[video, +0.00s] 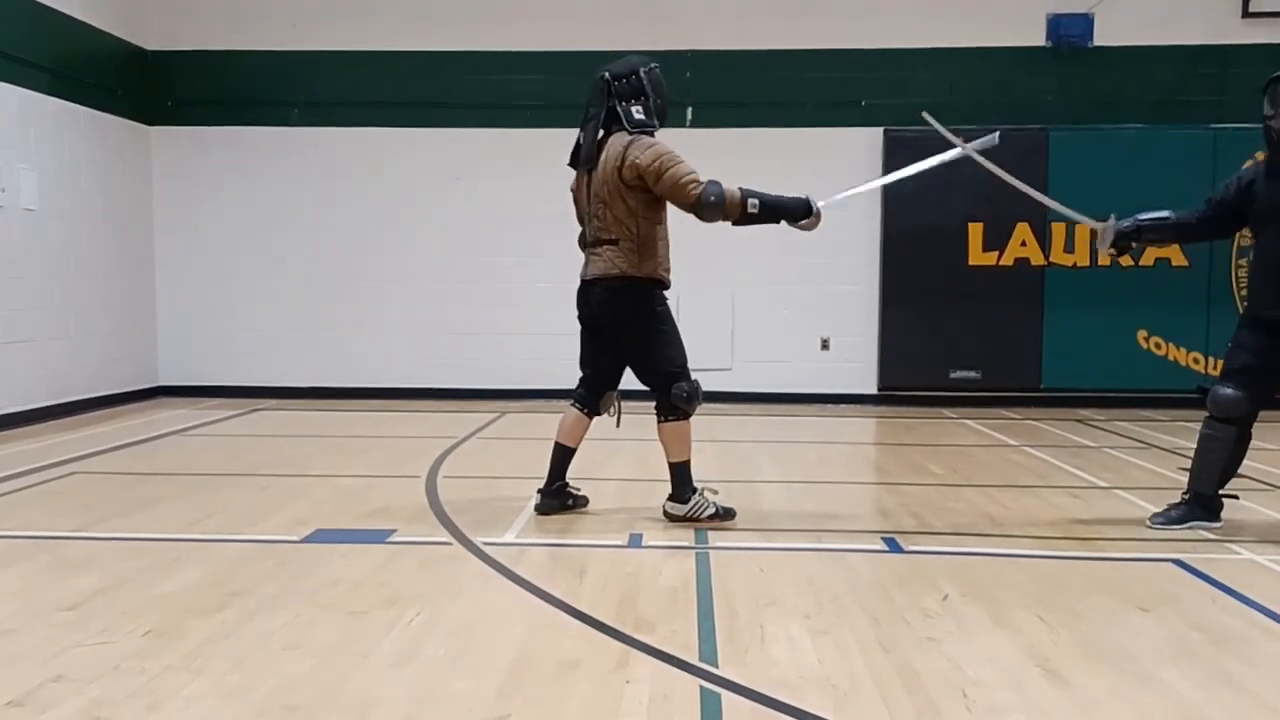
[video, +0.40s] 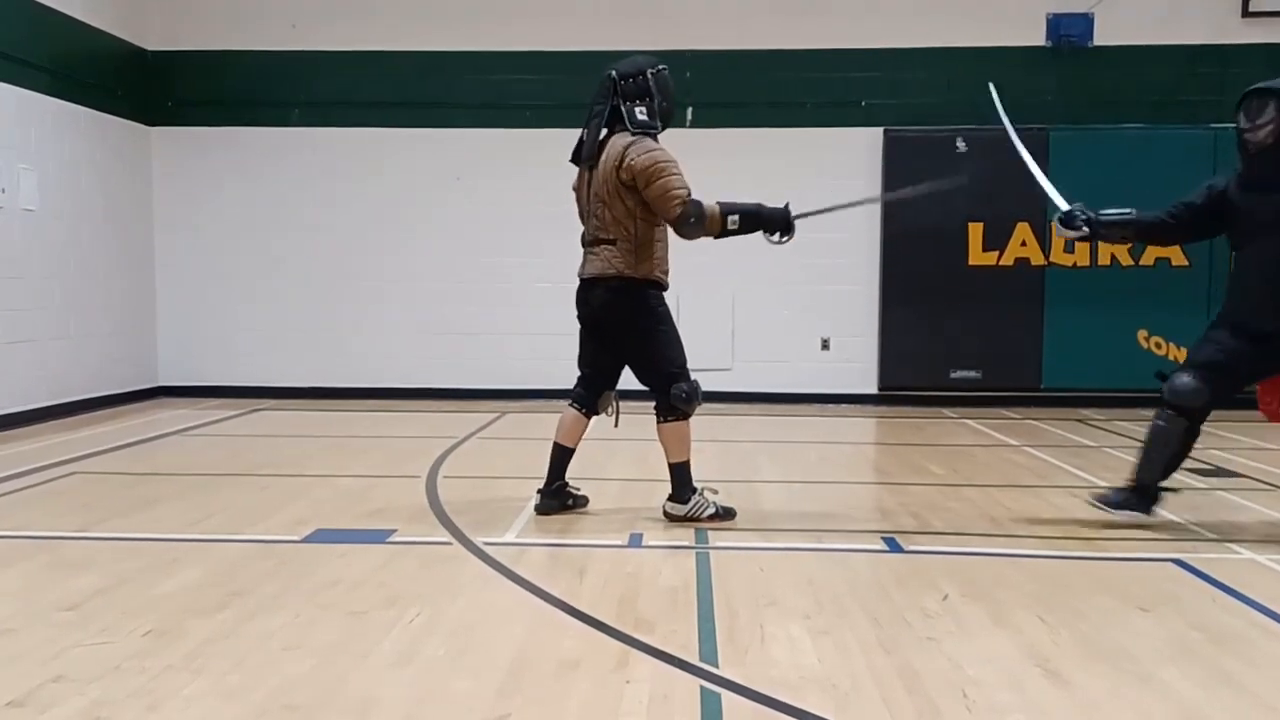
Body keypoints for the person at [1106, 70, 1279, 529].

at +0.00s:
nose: (1274, 124)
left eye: (1277, 116)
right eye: (1272, 115)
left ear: (1277, 123)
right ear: (1266, 121)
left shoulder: (1263, 180)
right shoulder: (1261, 177)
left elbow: (1210, 219)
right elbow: (1210, 219)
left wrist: (1136, 229)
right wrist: (1135, 228)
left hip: (1270, 319)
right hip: (1264, 315)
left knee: (1234, 398)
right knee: (1230, 398)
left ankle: (1203, 499)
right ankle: (1202, 500)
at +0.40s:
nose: (1253, 128)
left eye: (1265, 117)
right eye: (1248, 118)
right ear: (1240, 126)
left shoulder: (1269, 184)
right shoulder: (1238, 190)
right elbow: (1174, 224)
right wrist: (1097, 223)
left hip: (1269, 322)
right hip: (1250, 320)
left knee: (1191, 388)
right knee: (1186, 389)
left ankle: (1143, 488)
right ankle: (1142, 490)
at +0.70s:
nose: (1140, 154)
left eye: (1153, 144)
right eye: (1136, 146)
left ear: (1185, 148)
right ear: (1129, 151)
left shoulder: (1234, 201)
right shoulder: (1126, 207)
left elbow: (1279, 220)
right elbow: (1066, 215)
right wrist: (1004, 196)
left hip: (1232, 346)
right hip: (1151, 346)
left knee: (1278, 439)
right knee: (1093, 398)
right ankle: (1079, 500)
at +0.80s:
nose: (1116, 154)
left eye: (1127, 143)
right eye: (1111, 146)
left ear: (1159, 146)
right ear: (1105, 154)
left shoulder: (1208, 200)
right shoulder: (1107, 209)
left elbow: (1272, 224)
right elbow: (1053, 228)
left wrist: (1223, 277)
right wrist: (996, 209)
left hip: (1213, 344)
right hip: (1136, 345)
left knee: (1264, 439)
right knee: (1079, 397)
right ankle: (1077, 500)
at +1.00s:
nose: (1133, 147)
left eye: (1146, 138)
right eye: (1132, 139)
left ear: (1180, 143)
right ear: (1128, 145)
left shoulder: (1231, 203)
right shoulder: (1121, 204)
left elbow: (1277, 246)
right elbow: (1065, 242)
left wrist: (1229, 281)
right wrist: (1001, 247)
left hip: (1213, 347)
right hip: (1134, 343)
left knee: (1255, 442)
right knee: (1080, 395)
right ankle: (1077, 500)